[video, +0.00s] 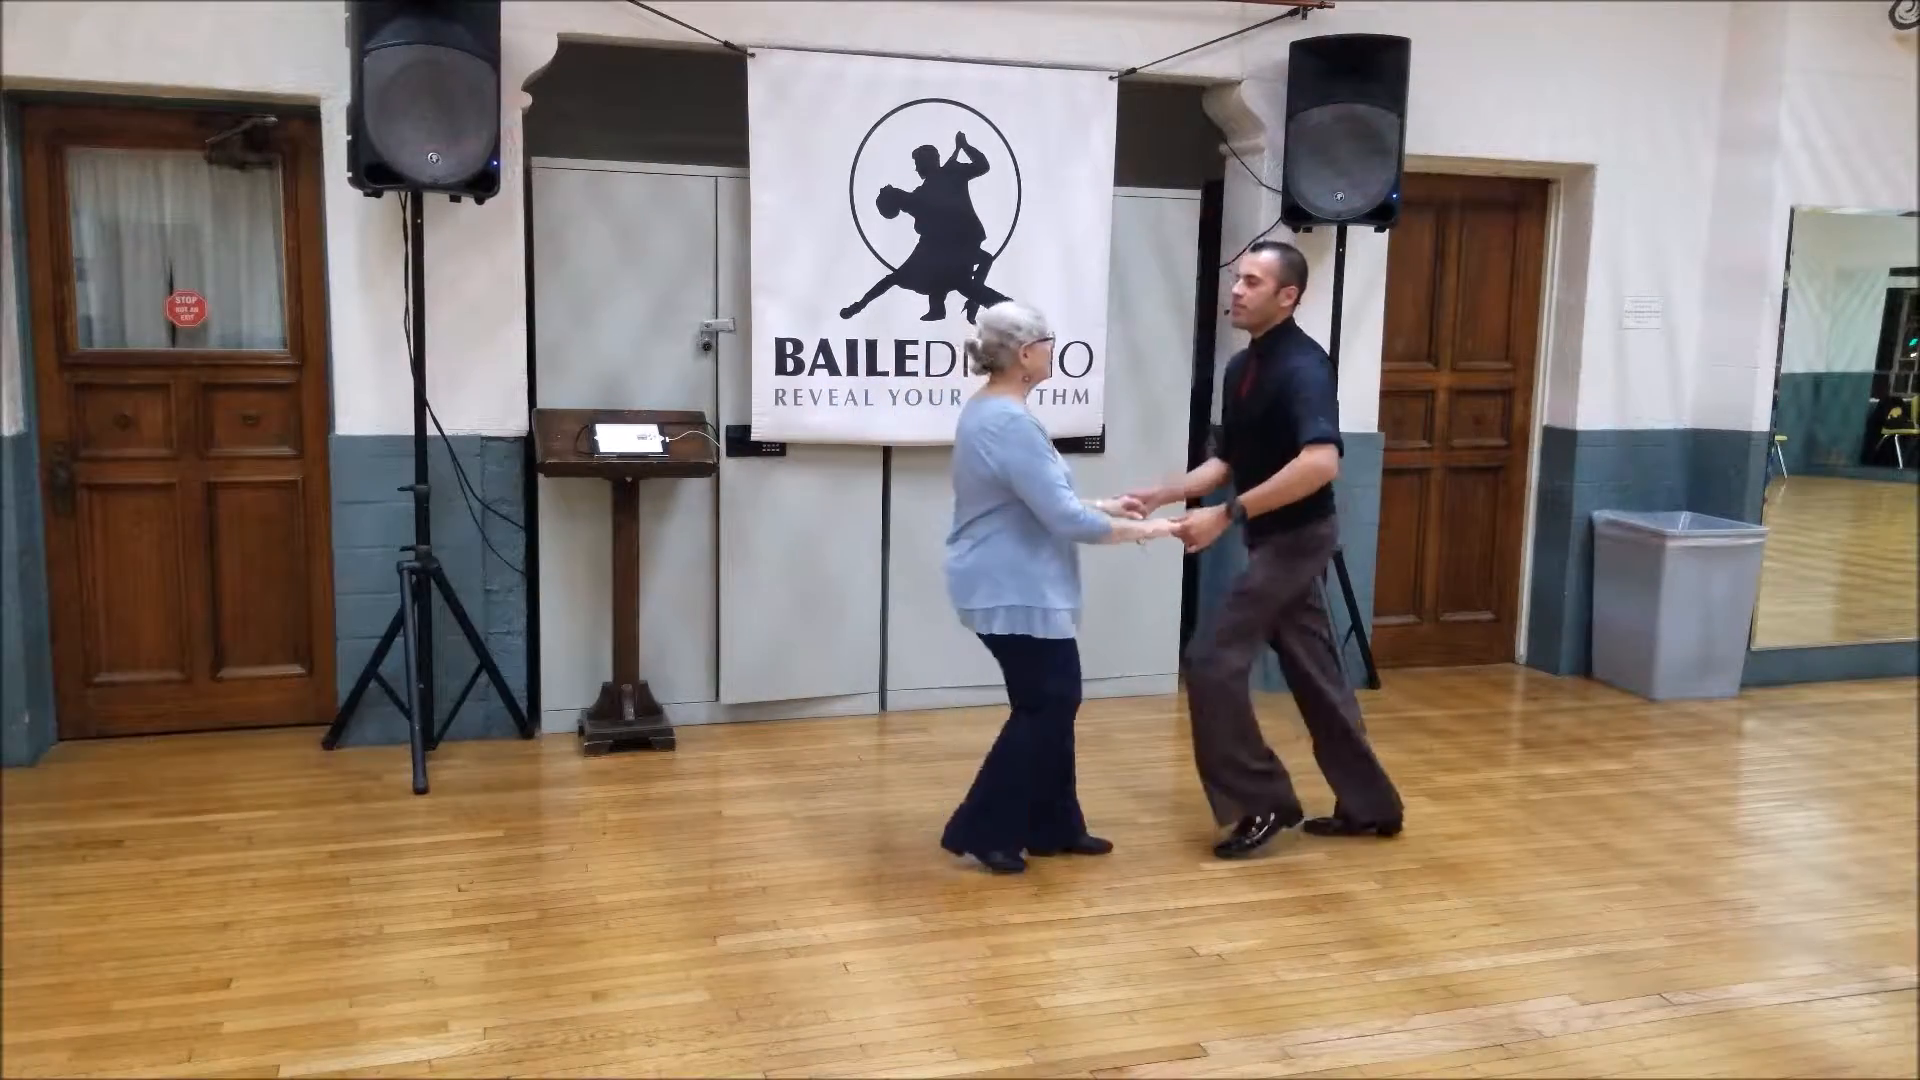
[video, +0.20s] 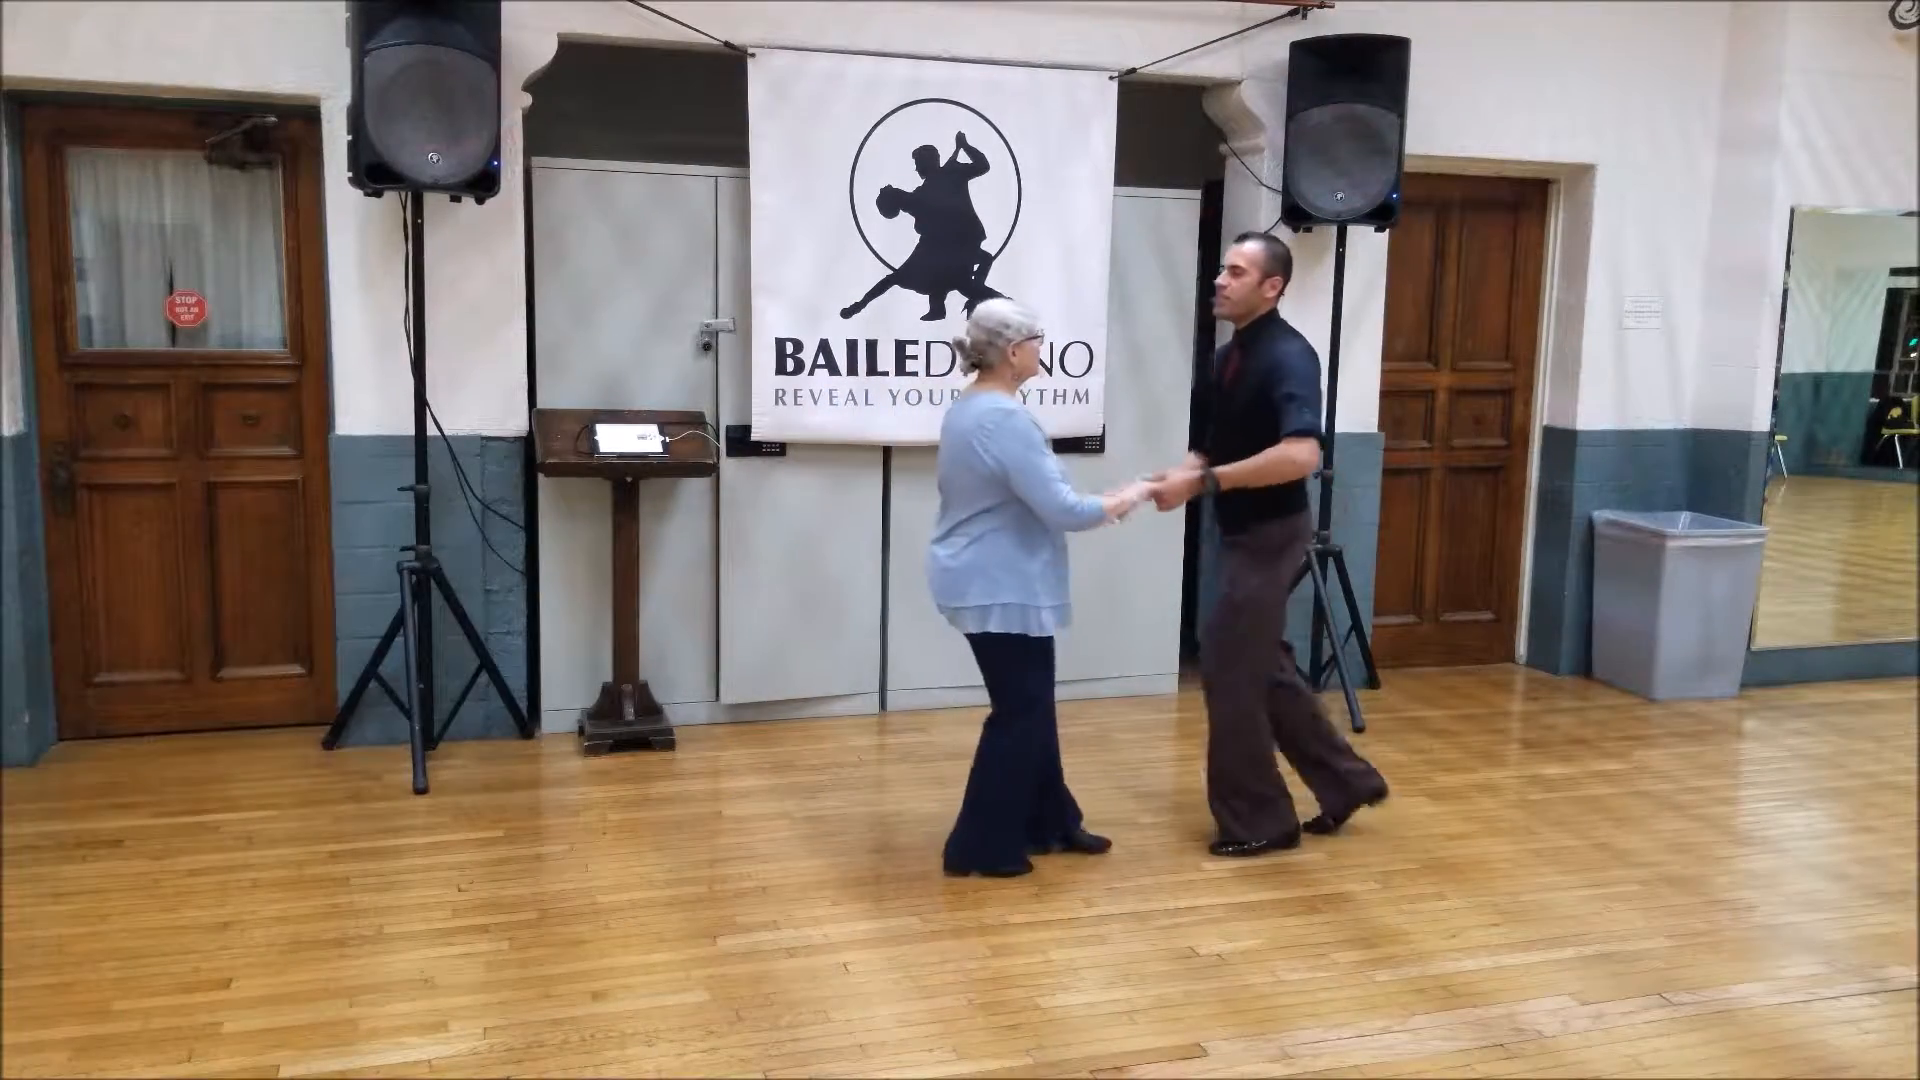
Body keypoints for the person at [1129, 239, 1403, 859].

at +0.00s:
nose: (1235, 290)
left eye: (1251, 283)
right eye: (1236, 279)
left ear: (1288, 296)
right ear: (1238, 285)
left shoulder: (1303, 364)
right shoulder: (1243, 366)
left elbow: (1322, 462)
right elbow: (1232, 459)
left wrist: (1229, 512)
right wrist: (1166, 492)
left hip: (1301, 536)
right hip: (1272, 535)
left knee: (1212, 660)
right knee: (1315, 671)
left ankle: (1265, 803)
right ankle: (1370, 805)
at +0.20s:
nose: (1220, 281)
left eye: (1236, 273)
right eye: (1223, 270)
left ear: (1272, 287)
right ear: (1234, 281)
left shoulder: (1290, 355)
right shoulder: (1229, 353)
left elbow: (1302, 455)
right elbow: (1213, 445)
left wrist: (1208, 478)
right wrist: (1179, 475)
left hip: (1273, 533)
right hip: (1237, 529)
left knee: (1229, 664)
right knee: (1256, 663)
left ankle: (1260, 822)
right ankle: (1346, 781)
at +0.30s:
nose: (1206, 274)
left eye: (1221, 267)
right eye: (1207, 263)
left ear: (1258, 280)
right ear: (1208, 273)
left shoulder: (1275, 353)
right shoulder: (1210, 343)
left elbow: (1272, 463)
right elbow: (1204, 435)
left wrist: (1177, 464)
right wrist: (1157, 461)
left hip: (1261, 531)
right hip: (1213, 527)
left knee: (1251, 676)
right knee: (1194, 663)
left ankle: (1263, 822)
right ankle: (1298, 754)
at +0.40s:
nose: (1187, 274)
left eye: (1202, 266)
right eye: (1189, 262)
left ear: (1238, 279)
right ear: (1199, 273)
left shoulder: (1256, 357)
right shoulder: (1189, 346)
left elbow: (1240, 471)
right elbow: (1173, 437)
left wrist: (1152, 460)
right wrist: (1126, 456)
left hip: (1249, 532)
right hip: (1198, 527)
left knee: (1260, 679)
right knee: (1148, 655)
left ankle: (1270, 823)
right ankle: (1209, 777)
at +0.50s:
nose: (1165, 276)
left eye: (1180, 269)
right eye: (1168, 265)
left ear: (1217, 284)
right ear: (1184, 277)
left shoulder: (1233, 362)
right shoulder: (1170, 347)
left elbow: (1211, 480)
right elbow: (1148, 439)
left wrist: (1120, 464)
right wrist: (1075, 444)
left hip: (1228, 540)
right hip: (1175, 533)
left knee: (1251, 682)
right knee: (1125, 667)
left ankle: (1273, 825)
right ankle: (1118, 817)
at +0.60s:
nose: (1143, 277)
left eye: (1157, 271)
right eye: (1146, 267)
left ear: (1194, 287)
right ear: (1169, 283)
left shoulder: (1210, 366)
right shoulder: (1147, 351)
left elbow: (1188, 485)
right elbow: (1129, 443)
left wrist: (1095, 483)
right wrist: (1051, 443)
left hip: (1199, 537)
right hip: (1149, 532)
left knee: (1197, 678)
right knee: (1105, 666)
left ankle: (1261, 804)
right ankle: (1096, 815)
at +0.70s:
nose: (1117, 282)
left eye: (1132, 274)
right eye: (1119, 271)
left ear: (1169, 288)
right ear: (1135, 285)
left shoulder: (1183, 366)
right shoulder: (1122, 357)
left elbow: (1164, 485)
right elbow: (1101, 451)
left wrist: (1069, 517)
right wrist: (1028, 470)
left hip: (1163, 533)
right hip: (1122, 526)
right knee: (1083, 667)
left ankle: (1179, 772)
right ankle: (1099, 821)